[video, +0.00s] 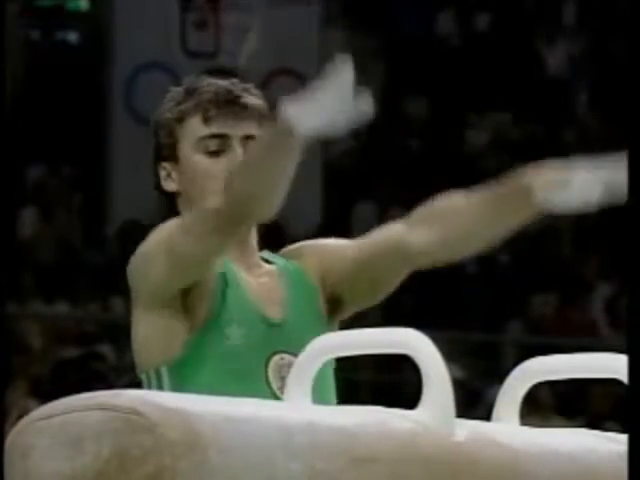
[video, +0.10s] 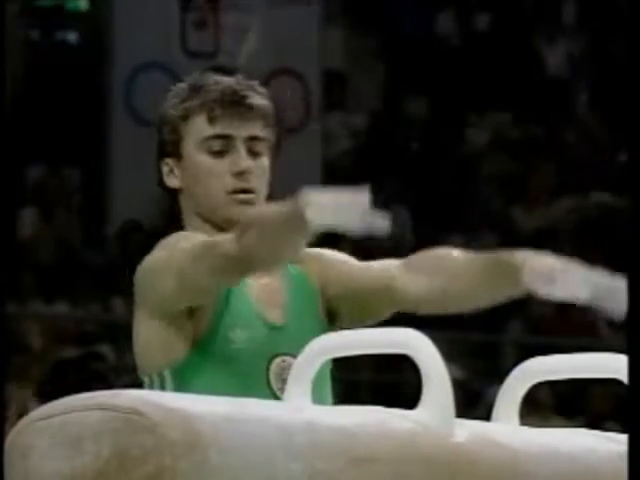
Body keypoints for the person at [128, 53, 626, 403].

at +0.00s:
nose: (240, 165)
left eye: (254, 147)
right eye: (214, 148)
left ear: (276, 159)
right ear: (170, 175)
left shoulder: (313, 272)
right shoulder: (160, 273)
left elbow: (418, 238)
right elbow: (234, 213)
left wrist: (532, 189)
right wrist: (292, 128)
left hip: (315, 479)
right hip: (206, 477)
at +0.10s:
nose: (243, 166)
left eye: (255, 150)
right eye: (217, 149)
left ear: (272, 162)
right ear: (173, 171)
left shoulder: (312, 271)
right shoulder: (165, 270)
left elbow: (411, 279)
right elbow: (235, 253)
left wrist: (519, 271)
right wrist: (304, 214)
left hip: (312, 470)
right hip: (207, 470)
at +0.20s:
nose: (246, 166)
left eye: (258, 148)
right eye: (220, 148)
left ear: (274, 163)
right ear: (174, 168)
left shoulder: (298, 268)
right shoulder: (175, 270)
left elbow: (402, 297)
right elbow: (238, 273)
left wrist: (515, 305)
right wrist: (308, 263)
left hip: (310, 476)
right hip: (213, 477)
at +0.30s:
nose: (249, 168)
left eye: (261, 150)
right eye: (224, 149)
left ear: (275, 162)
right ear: (175, 167)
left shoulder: (297, 262)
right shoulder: (177, 272)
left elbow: (395, 302)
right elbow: (251, 286)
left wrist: (508, 315)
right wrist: (326, 285)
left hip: (310, 473)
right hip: (216, 475)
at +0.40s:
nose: (254, 171)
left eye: (265, 153)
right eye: (228, 151)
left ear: (277, 162)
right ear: (177, 165)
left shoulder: (294, 255)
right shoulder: (179, 272)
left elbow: (385, 309)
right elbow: (263, 291)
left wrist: (505, 325)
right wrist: (342, 293)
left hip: (308, 471)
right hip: (221, 475)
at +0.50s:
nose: (259, 177)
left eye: (269, 158)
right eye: (235, 155)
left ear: (280, 163)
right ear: (180, 164)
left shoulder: (287, 250)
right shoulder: (184, 270)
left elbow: (388, 316)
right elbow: (271, 298)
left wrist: (500, 334)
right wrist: (347, 305)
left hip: (307, 473)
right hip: (221, 476)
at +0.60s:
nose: (262, 183)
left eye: (272, 163)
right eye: (240, 161)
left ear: (282, 166)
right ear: (182, 164)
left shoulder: (281, 247)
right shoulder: (184, 268)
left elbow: (384, 312)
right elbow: (269, 297)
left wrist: (496, 333)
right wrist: (345, 307)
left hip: (310, 469)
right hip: (226, 474)